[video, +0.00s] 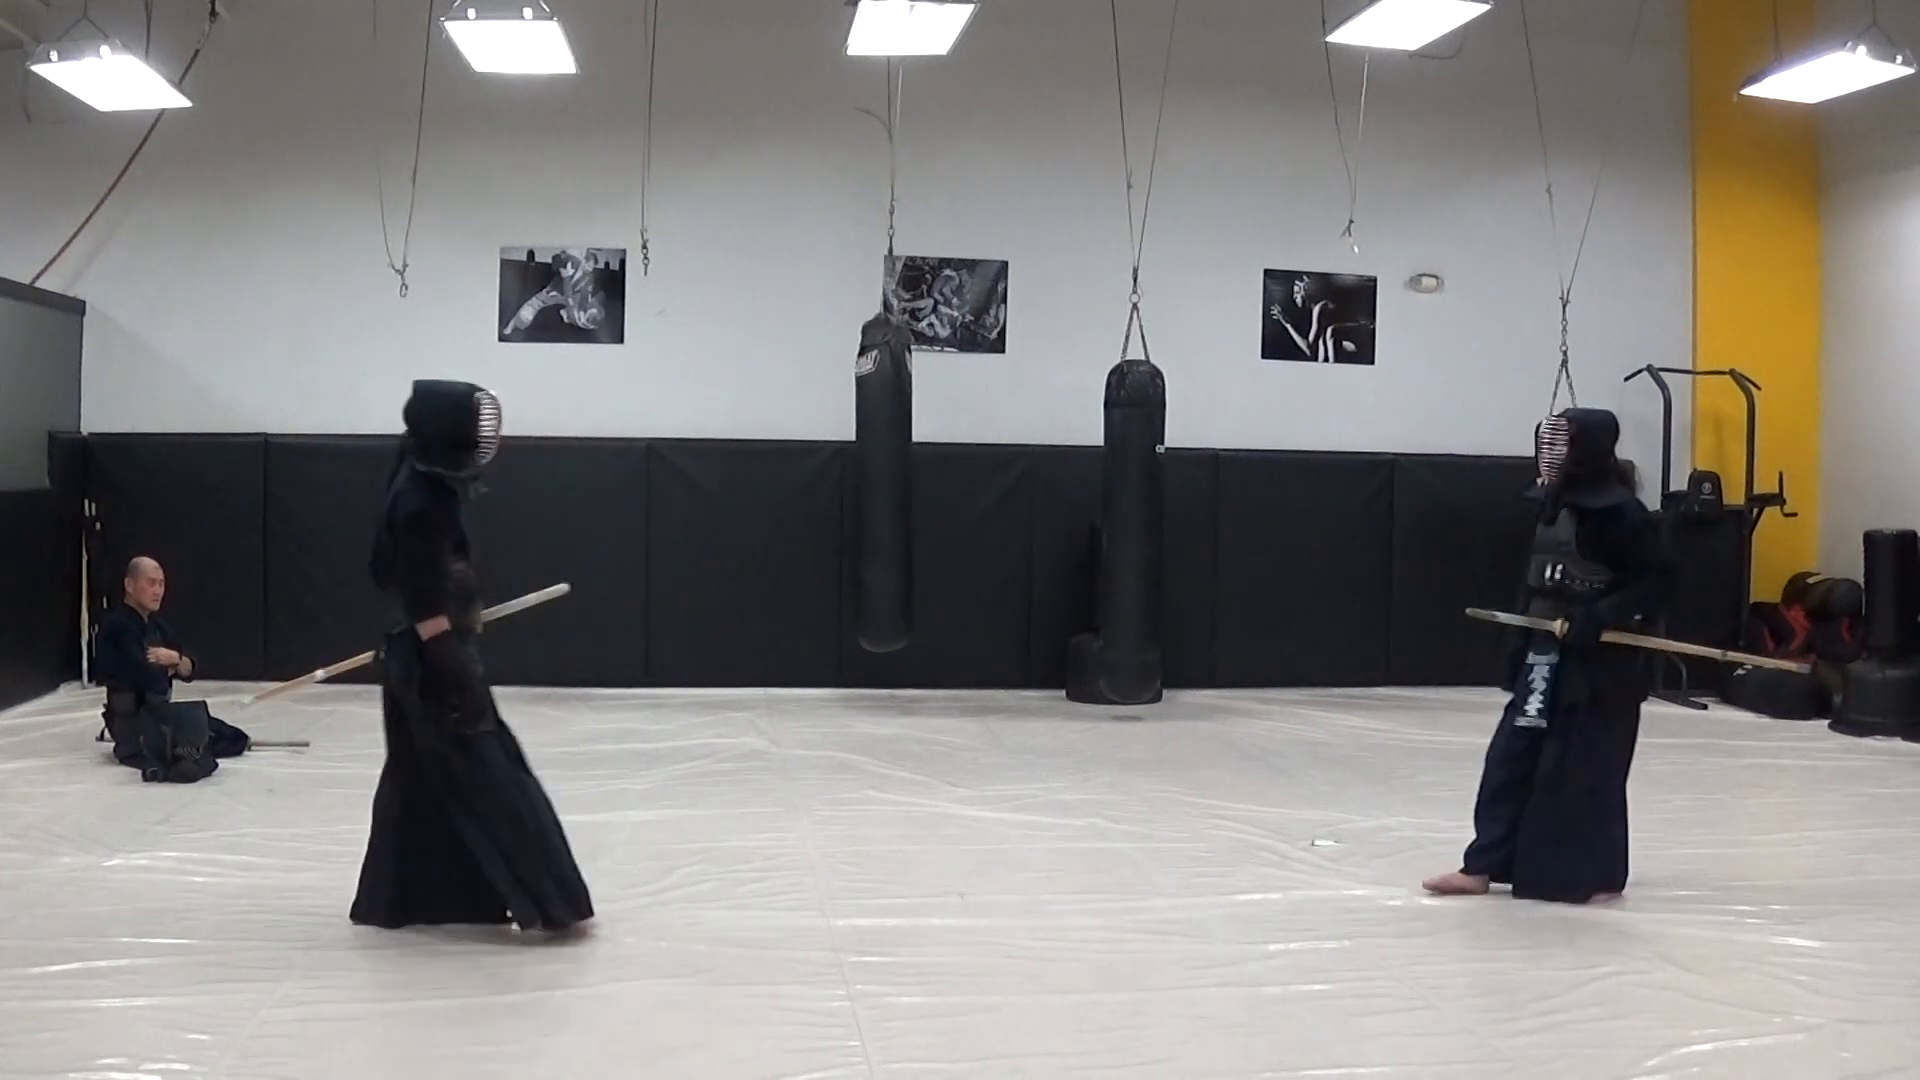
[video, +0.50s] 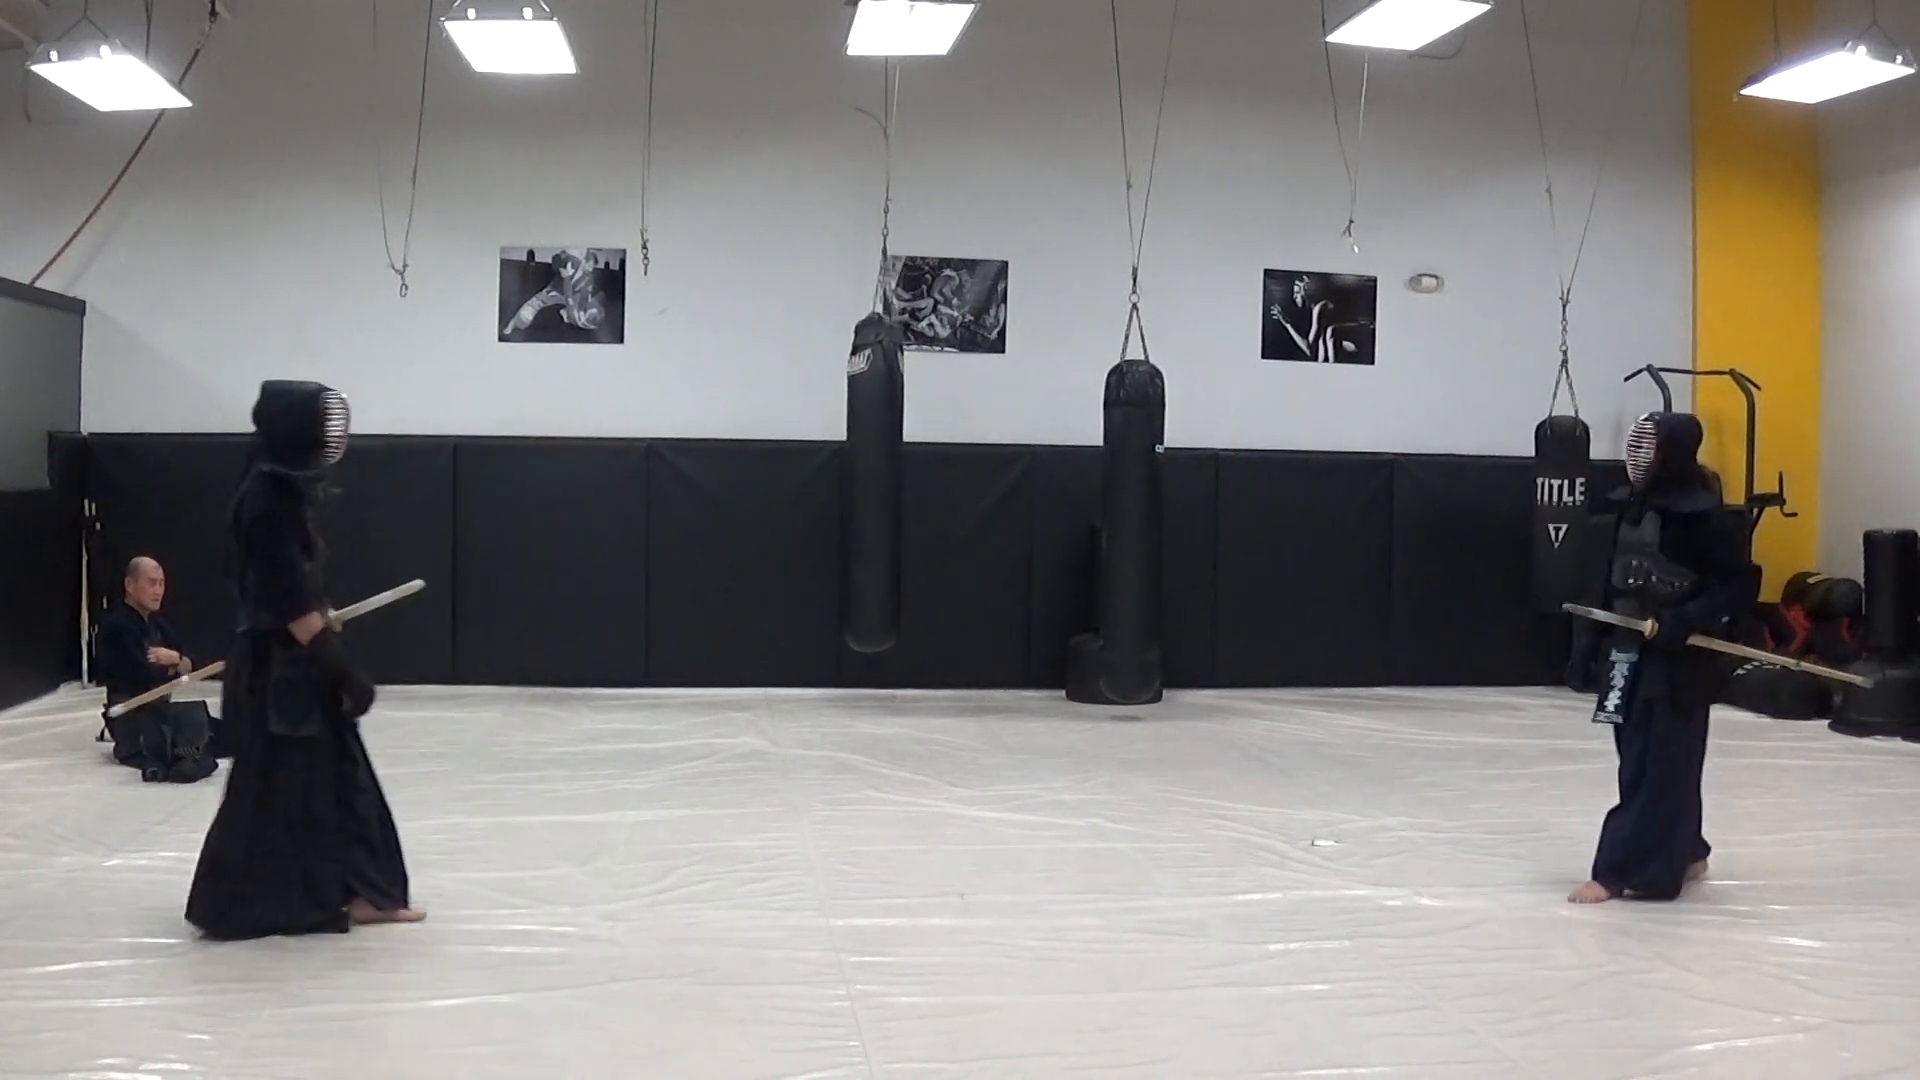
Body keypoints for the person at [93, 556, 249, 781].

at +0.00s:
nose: (158, 591)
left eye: (161, 584)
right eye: (151, 583)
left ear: (164, 586)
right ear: (129, 585)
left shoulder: (156, 624)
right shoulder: (117, 625)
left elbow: (190, 671)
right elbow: (150, 683)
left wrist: (176, 658)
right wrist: (173, 667)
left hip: (161, 720)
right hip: (130, 728)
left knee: (236, 740)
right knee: (199, 759)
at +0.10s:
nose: (158, 590)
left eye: (161, 583)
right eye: (151, 582)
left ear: (164, 586)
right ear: (129, 585)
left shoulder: (157, 624)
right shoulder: (116, 625)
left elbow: (190, 672)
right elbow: (145, 679)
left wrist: (176, 658)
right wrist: (173, 667)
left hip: (161, 718)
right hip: (130, 725)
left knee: (236, 740)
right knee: (200, 759)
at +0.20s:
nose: (158, 590)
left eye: (161, 583)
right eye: (151, 582)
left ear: (164, 586)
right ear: (129, 585)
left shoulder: (156, 623)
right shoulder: (116, 626)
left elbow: (191, 670)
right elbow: (147, 681)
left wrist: (176, 658)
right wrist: (173, 667)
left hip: (161, 719)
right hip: (130, 727)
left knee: (236, 740)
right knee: (200, 760)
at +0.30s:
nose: (158, 590)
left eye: (161, 583)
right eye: (151, 582)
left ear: (164, 586)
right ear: (129, 585)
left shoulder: (156, 622)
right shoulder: (116, 625)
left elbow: (190, 670)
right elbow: (150, 682)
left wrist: (176, 658)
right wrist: (173, 667)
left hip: (161, 716)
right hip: (130, 724)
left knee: (237, 740)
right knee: (200, 759)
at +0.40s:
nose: (158, 590)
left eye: (161, 583)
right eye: (151, 582)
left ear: (164, 586)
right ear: (129, 585)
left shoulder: (156, 622)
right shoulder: (117, 625)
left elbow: (191, 670)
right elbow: (149, 683)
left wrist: (176, 658)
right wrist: (172, 668)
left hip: (163, 716)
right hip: (131, 725)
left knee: (237, 740)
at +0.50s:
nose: (159, 590)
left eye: (161, 584)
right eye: (152, 582)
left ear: (165, 586)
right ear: (129, 585)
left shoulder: (158, 622)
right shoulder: (117, 624)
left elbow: (190, 667)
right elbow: (142, 676)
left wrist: (175, 658)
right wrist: (175, 669)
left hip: (162, 711)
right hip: (130, 718)